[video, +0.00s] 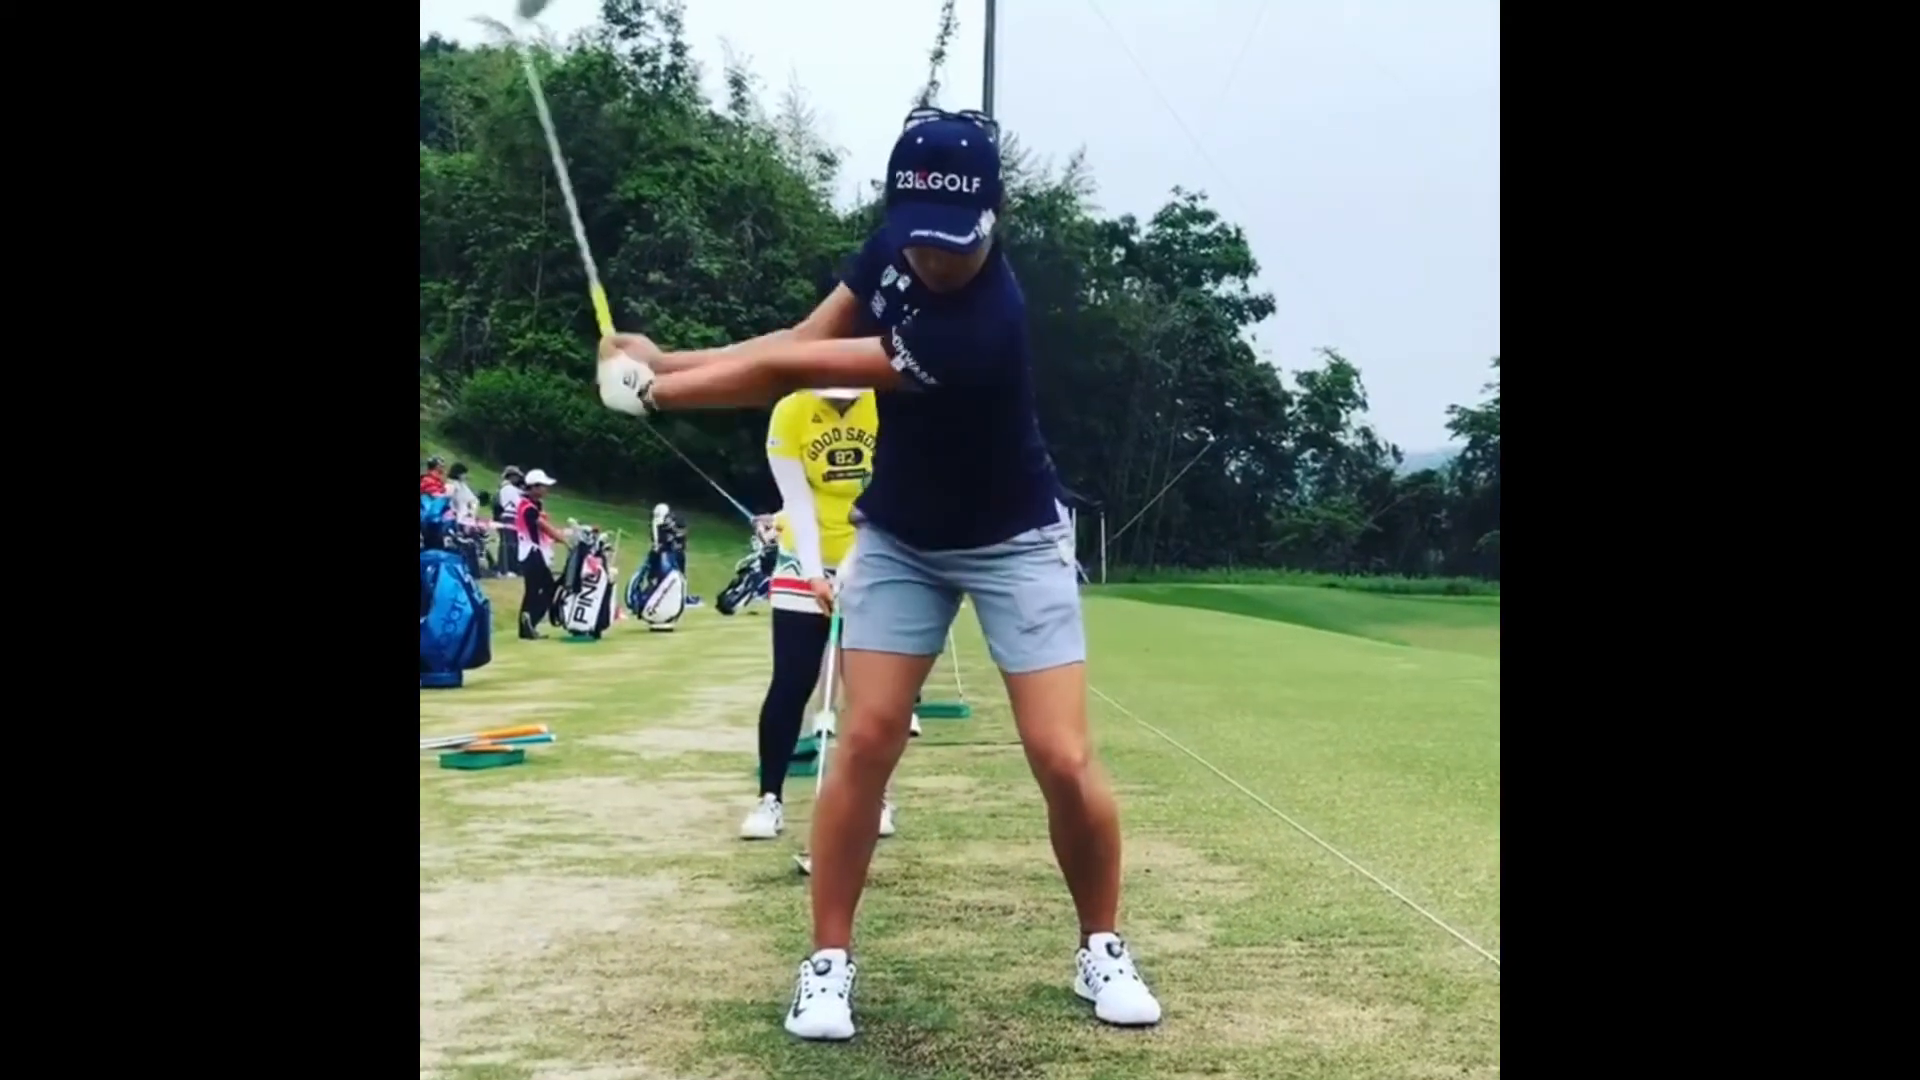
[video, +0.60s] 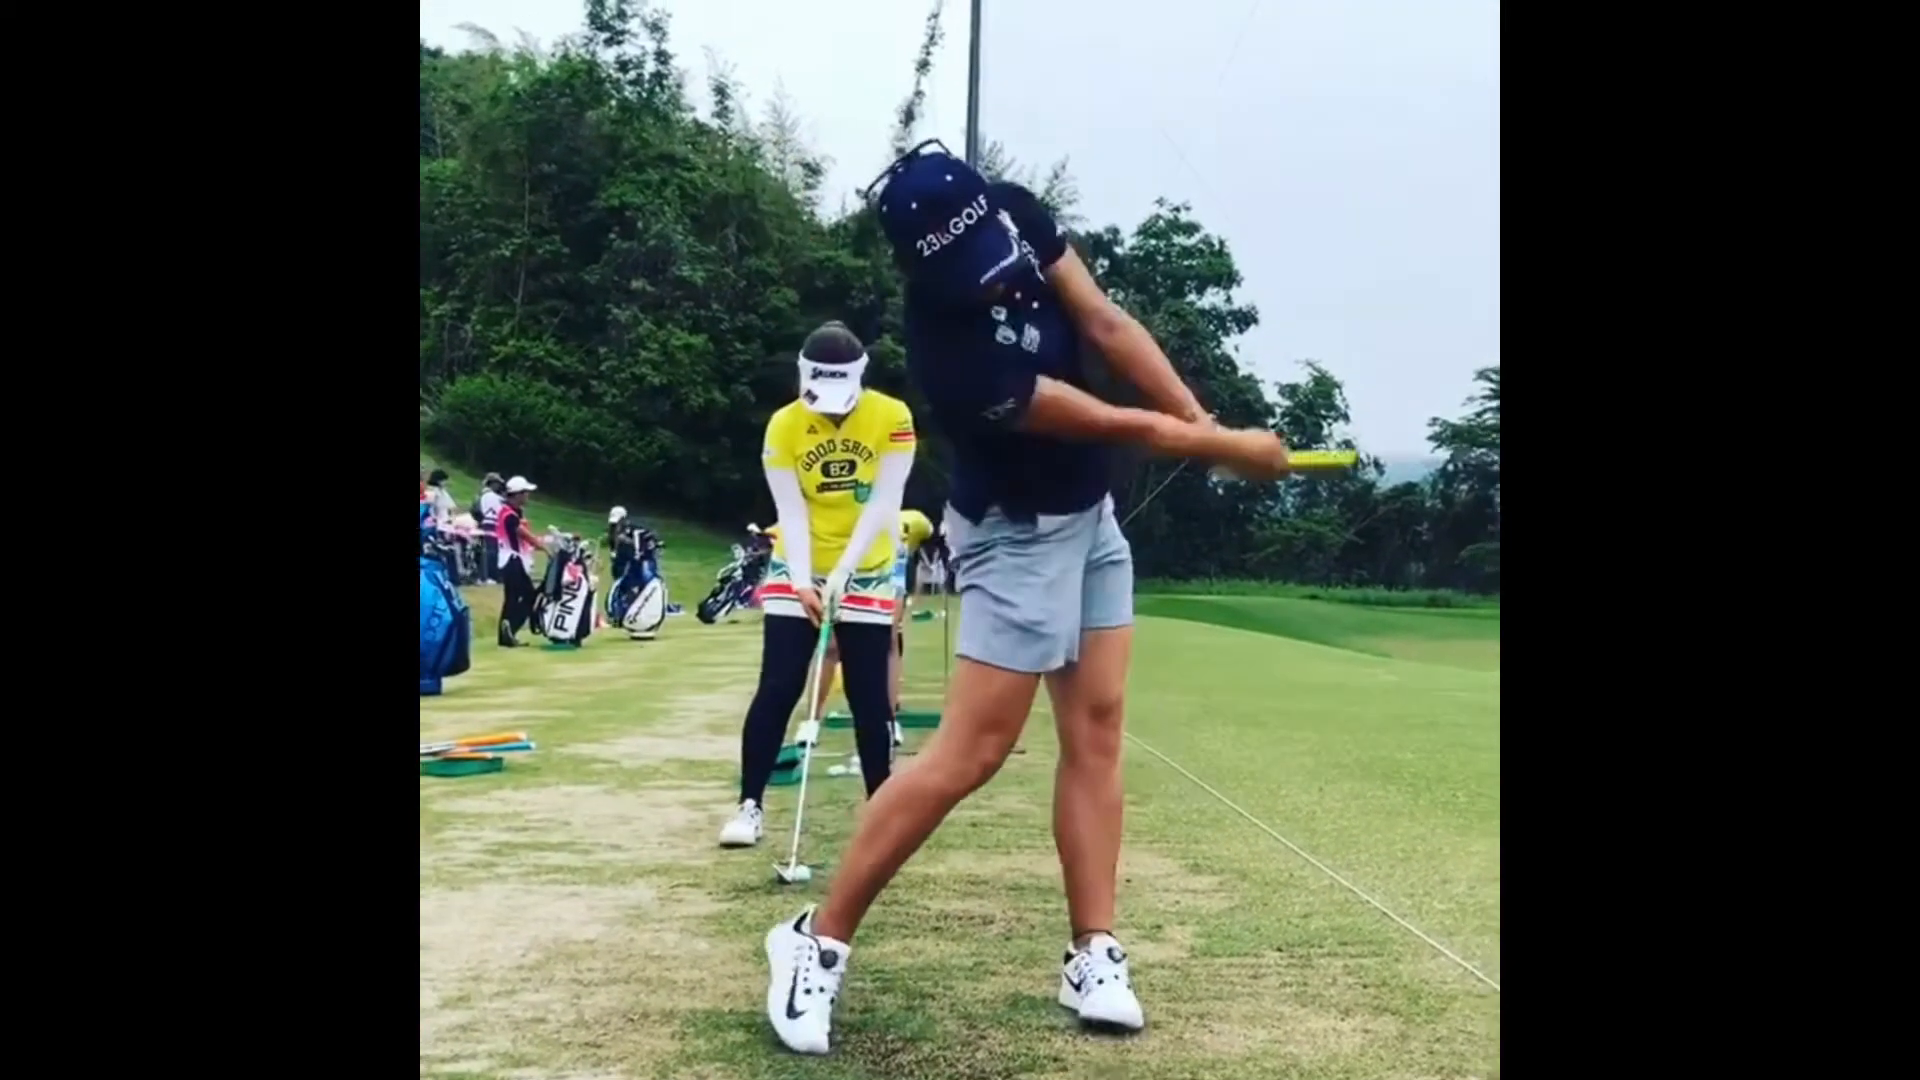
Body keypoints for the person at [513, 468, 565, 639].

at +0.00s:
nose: (546, 490)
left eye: (546, 487)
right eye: (542, 486)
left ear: (535, 489)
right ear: (533, 488)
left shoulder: (529, 505)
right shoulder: (529, 509)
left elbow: (545, 526)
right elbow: (546, 529)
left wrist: (562, 535)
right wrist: (564, 539)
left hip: (530, 550)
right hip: (532, 552)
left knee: (532, 589)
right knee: (549, 586)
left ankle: (525, 627)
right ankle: (531, 618)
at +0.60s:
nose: (527, 497)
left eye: (527, 493)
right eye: (524, 493)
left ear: (514, 496)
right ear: (514, 495)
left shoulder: (511, 513)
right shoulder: (510, 516)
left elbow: (525, 535)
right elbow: (526, 536)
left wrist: (541, 543)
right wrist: (545, 546)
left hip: (512, 557)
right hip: (512, 559)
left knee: (511, 596)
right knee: (529, 594)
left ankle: (505, 634)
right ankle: (511, 626)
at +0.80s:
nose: (517, 498)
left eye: (517, 495)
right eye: (515, 495)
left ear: (502, 496)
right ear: (507, 496)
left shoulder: (495, 514)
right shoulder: (500, 518)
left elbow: (514, 536)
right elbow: (517, 539)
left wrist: (531, 544)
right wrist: (536, 550)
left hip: (496, 558)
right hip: (502, 560)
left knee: (500, 597)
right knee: (519, 595)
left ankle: (494, 635)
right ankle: (500, 628)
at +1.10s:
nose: (504, 501)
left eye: (504, 497)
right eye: (502, 497)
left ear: (489, 498)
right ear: (494, 498)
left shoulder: (482, 515)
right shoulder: (488, 520)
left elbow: (501, 538)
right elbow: (505, 541)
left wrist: (519, 546)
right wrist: (523, 552)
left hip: (483, 560)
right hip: (490, 563)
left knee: (488, 600)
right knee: (506, 598)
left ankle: (481, 638)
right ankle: (487, 630)